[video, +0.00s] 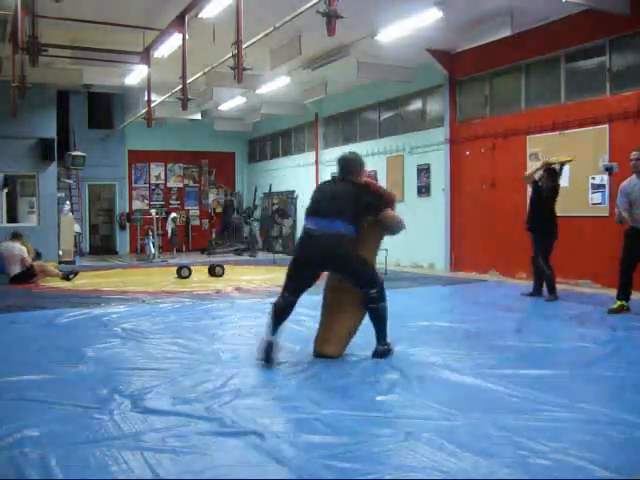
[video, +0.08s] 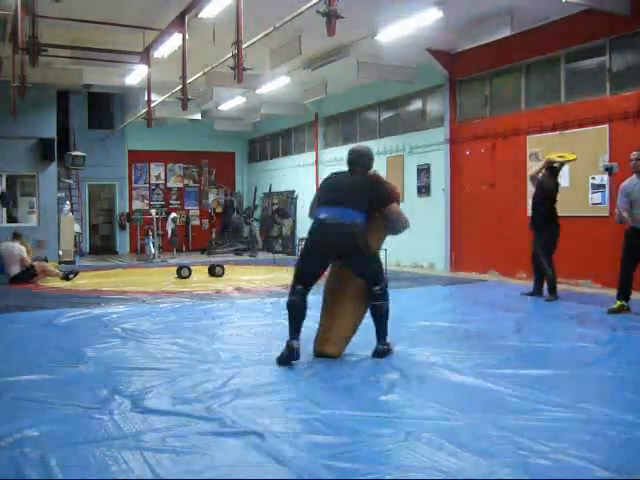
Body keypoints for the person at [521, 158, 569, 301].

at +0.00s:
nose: (541, 175)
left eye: (543, 174)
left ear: (544, 176)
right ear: (555, 178)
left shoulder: (539, 187)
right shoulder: (555, 187)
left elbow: (527, 178)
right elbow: (556, 176)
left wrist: (540, 167)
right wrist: (562, 165)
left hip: (539, 224)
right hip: (550, 222)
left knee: (540, 257)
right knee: (540, 257)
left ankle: (552, 291)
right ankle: (537, 289)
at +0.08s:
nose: (542, 174)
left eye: (543, 172)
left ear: (545, 172)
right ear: (555, 173)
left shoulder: (545, 185)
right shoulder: (551, 184)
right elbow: (533, 177)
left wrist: (535, 223)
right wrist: (545, 165)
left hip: (546, 224)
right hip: (546, 223)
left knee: (544, 257)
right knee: (537, 256)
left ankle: (552, 291)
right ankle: (537, 288)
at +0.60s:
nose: (551, 174)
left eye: (554, 171)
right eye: (549, 171)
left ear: (560, 174)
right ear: (547, 173)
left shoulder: (563, 192)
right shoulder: (545, 183)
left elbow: (562, 204)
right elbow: (543, 166)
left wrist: (564, 186)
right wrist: (560, 157)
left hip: (553, 228)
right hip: (540, 225)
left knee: (552, 261)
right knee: (529, 256)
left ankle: (554, 292)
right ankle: (533, 286)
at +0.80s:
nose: (561, 182)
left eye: (564, 181)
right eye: (559, 179)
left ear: (566, 184)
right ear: (555, 179)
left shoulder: (565, 196)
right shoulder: (544, 186)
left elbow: (564, 216)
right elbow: (538, 172)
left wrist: (566, 205)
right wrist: (556, 170)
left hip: (553, 230)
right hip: (537, 227)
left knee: (553, 263)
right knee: (532, 262)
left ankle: (554, 293)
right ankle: (528, 290)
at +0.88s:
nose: (556, 177)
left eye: (559, 174)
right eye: (554, 174)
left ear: (564, 177)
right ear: (550, 177)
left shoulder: (564, 194)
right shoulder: (542, 191)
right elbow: (531, 182)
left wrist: (569, 215)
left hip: (553, 232)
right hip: (537, 231)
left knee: (552, 264)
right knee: (533, 264)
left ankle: (553, 293)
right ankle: (529, 291)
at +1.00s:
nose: (556, 176)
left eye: (559, 174)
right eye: (554, 174)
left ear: (563, 178)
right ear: (549, 177)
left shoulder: (564, 194)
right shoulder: (542, 190)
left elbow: (569, 212)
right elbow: (529, 197)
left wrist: (567, 218)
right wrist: (548, 194)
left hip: (553, 232)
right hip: (537, 231)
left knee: (552, 264)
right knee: (533, 263)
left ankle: (553, 293)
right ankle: (529, 291)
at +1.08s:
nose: (556, 176)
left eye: (559, 174)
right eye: (553, 174)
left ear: (562, 178)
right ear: (549, 177)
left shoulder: (564, 197)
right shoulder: (540, 192)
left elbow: (570, 214)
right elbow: (529, 205)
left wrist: (568, 220)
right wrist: (545, 205)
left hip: (554, 235)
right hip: (537, 233)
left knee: (552, 265)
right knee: (532, 264)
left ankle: (553, 294)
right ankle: (528, 291)